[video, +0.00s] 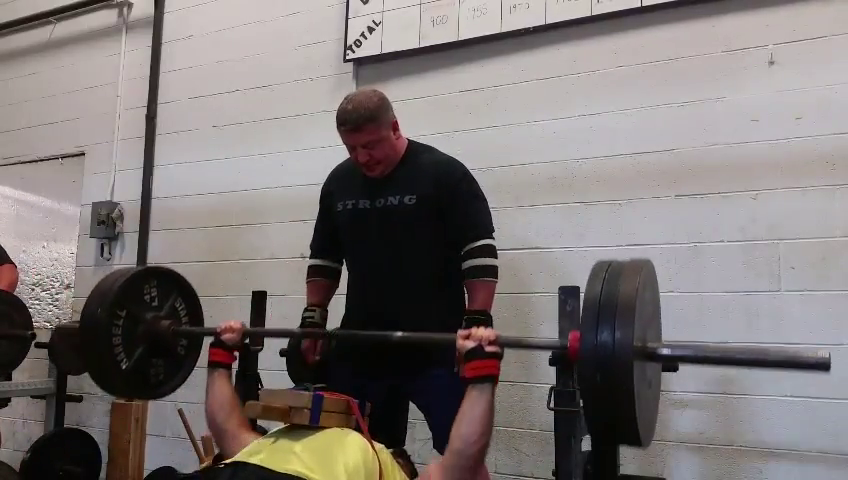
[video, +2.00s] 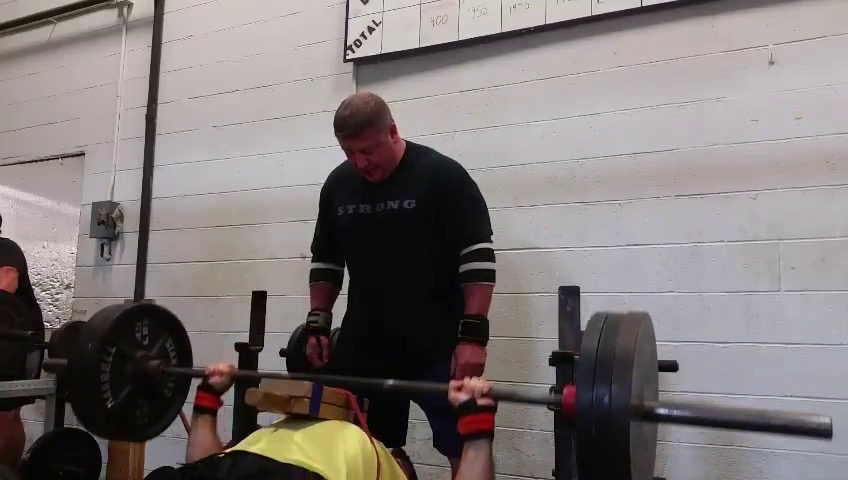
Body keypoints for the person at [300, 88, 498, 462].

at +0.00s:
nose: (362, 157)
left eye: (371, 145)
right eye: (353, 148)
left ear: (395, 129)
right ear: (343, 140)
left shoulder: (446, 175)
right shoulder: (340, 183)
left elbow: (480, 254)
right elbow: (324, 260)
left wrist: (477, 322)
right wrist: (313, 319)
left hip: (438, 343)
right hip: (364, 344)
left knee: (463, 456)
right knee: (368, 460)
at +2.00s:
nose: (361, 162)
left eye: (369, 151)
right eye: (352, 153)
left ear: (394, 133)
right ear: (342, 145)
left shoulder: (444, 177)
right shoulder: (339, 186)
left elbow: (478, 259)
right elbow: (326, 262)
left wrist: (473, 336)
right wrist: (317, 324)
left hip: (438, 339)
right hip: (367, 339)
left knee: (464, 451)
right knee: (372, 450)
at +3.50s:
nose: (357, 163)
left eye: (365, 152)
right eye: (348, 155)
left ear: (392, 134)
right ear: (338, 145)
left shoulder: (443, 173)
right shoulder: (338, 183)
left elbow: (493, 234)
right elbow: (322, 249)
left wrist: (460, 297)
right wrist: (318, 304)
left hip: (437, 345)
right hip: (364, 343)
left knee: (462, 457)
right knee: (366, 460)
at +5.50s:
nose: (394, 146)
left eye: (399, 133)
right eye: (380, 139)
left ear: (409, 122)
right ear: (359, 138)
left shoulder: (449, 172)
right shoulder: (345, 181)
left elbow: (488, 246)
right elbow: (330, 257)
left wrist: (474, 317)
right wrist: (326, 318)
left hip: (443, 344)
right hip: (369, 344)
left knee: (466, 458)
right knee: (367, 460)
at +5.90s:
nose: (359, 157)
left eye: (367, 146)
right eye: (351, 148)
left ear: (395, 133)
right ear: (343, 143)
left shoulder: (446, 176)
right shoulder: (344, 184)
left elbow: (485, 253)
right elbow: (331, 259)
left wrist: (472, 323)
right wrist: (328, 319)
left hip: (439, 343)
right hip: (368, 341)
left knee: (466, 453)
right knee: (362, 453)